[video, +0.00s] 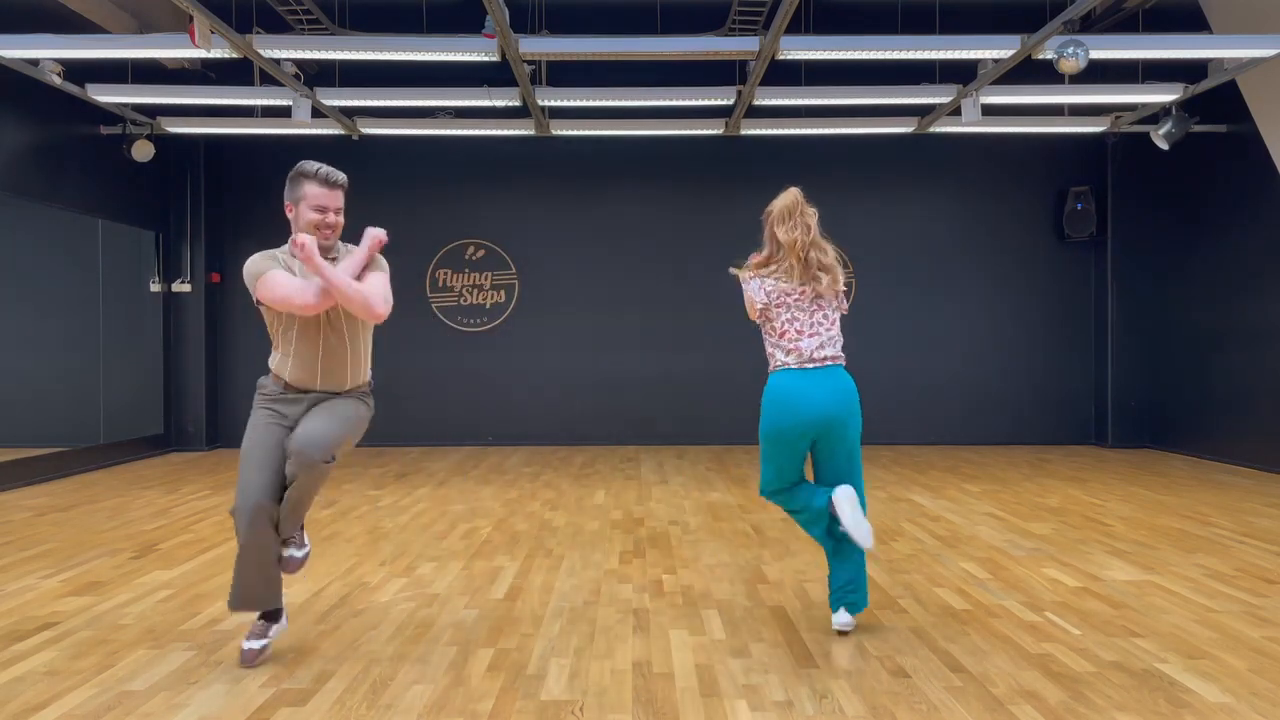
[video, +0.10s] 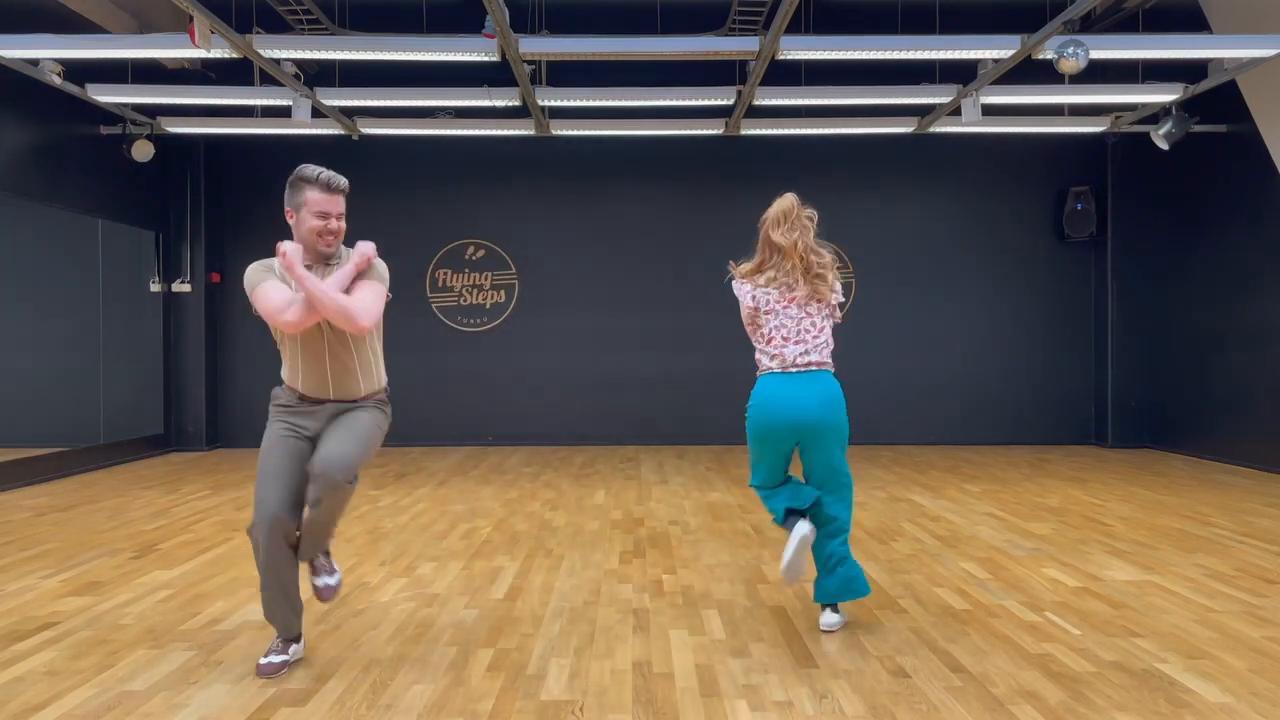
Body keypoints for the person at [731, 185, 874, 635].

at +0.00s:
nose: (769, 233)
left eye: (769, 228)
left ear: (772, 231)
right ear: (812, 229)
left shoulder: (757, 278)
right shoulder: (831, 269)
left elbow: (755, 314)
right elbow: (839, 308)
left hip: (786, 392)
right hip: (838, 388)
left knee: (781, 485)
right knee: (844, 497)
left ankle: (832, 502)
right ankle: (845, 604)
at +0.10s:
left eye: (774, 232)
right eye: (805, 231)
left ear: (766, 236)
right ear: (808, 236)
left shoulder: (748, 281)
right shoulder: (825, 276)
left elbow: (754, 332)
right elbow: (833, 317)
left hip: (771, 394)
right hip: (822, 393)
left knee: (770, 479)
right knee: (831, 494)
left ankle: (797, 520)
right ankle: (830, 602)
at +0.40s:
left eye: (730, 252)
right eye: (757, 250)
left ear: (722, 257)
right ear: (761, 255)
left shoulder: (703, 300)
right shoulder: (777, 297)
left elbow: (652, 317)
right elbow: (827, 305)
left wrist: (608, 316)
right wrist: (880, 295)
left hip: (701, 405)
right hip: (748, 408)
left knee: (673, 485)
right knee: (782, 501)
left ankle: (634, 556)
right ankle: (821, 593)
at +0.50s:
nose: (735, 254)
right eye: (734, 249)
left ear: (694, 254)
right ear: (731, 255)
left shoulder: (673, 292)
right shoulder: (742, 298)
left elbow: (625, 287)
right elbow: (782, 285)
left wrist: (588, 271)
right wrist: (815, 264)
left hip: (663, 397)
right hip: (707, 401)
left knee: (648, 486)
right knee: (739, 491)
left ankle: (627, 567)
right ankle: (782, 580)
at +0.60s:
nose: (712, 254)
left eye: (707, 248)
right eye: (708, 249)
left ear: (667, 258)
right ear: (702, 258)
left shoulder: (649, 294)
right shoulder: (708, 300)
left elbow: (606, 302)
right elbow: (723, 319)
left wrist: (571, 303)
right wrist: (762, 323)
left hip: (632, 397)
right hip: (670, 405)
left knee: (626, 487)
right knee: (703, 488)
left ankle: (620, 569)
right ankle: (720, 580)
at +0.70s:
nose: (690, 261)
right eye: (688, 256)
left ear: (644, 258)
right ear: (685, 260)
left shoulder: (625, 296)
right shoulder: (683, 305)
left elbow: (606, 339)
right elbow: (689, 357)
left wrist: (577, 362)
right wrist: (709, 402)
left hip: (617, 395)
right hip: (646, 404)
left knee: (617, 477)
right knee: (679, 488)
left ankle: (586, 555)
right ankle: (663, 573)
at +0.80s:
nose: (675, 271)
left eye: (674, 265)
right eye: (671, 265)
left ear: (644, 270)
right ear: (655, 268)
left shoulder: (621, 304)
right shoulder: (654, 309)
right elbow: (662, 371)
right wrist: (680, 416)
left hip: (617, 414)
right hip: (644, 416)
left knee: (604, 486)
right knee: (647, 495)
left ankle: (576, 556)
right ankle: (628, 564)